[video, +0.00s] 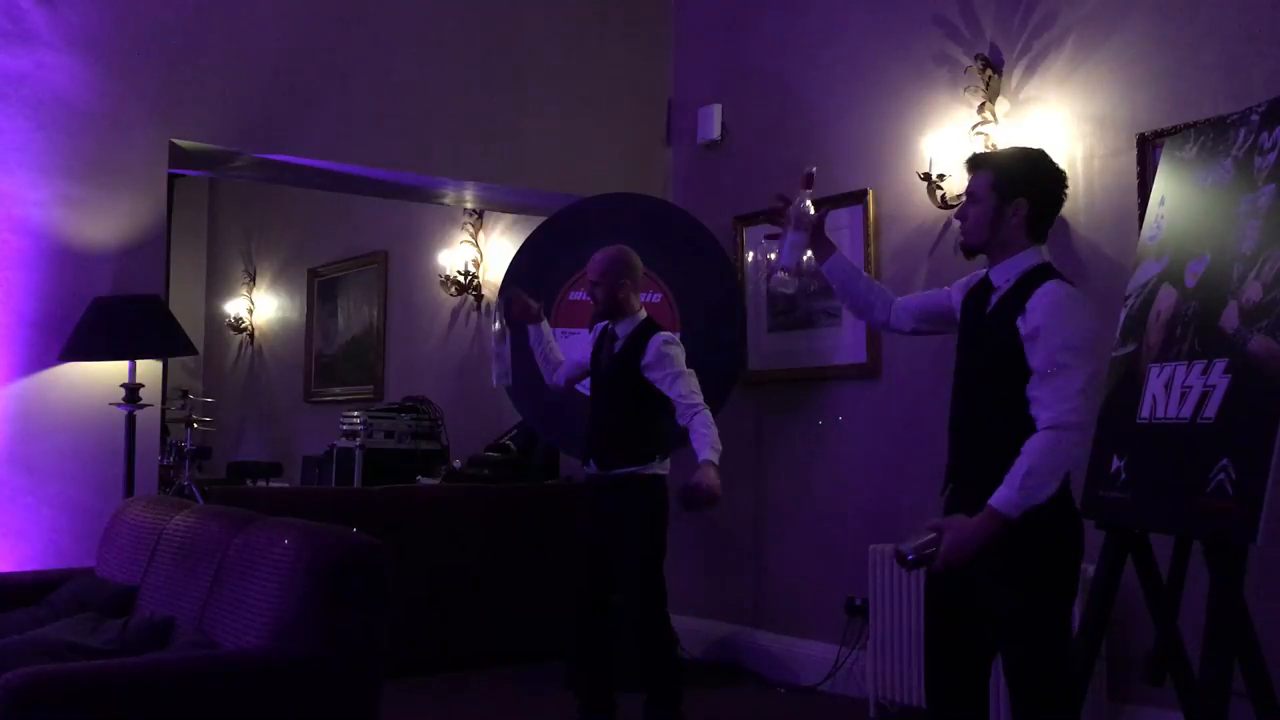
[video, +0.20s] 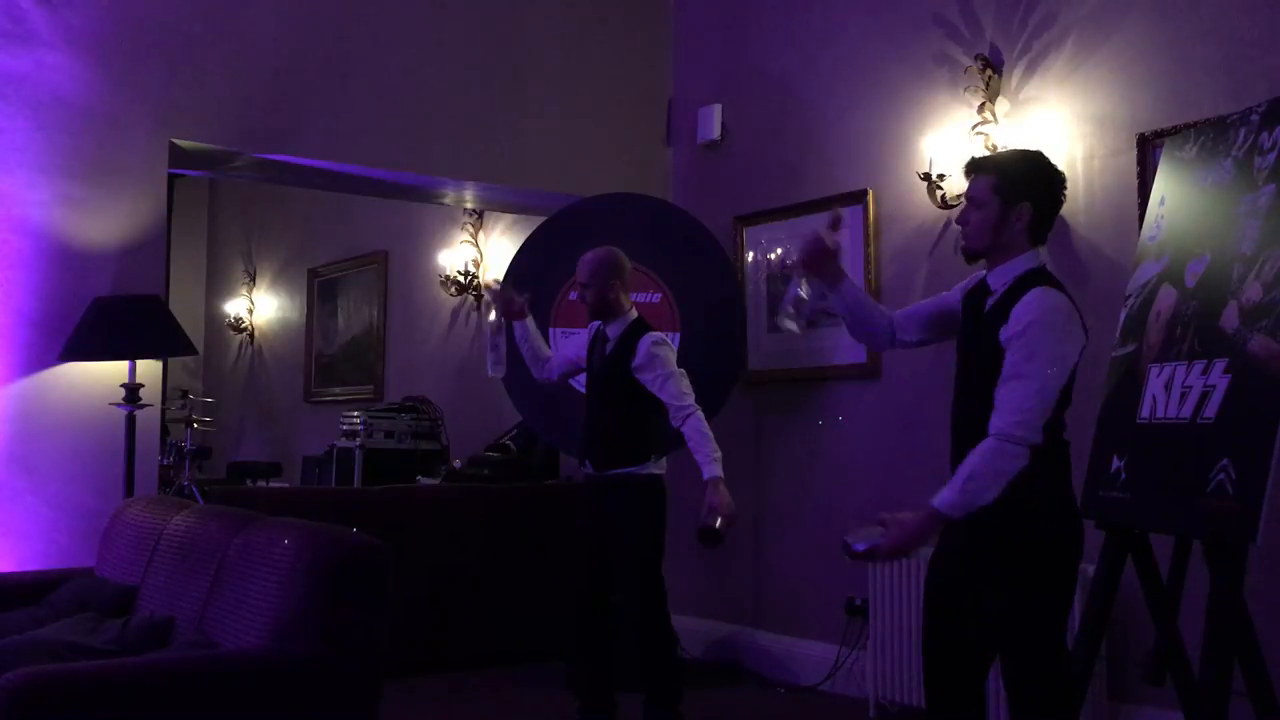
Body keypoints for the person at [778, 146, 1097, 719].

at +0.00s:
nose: (959, 209)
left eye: (972, 198)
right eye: (964, 196)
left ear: (1016, 212)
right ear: (1006, 214)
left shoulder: (1056, 304)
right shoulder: (976, 294)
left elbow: (1064, 432)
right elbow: (886, 309)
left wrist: (983, 520)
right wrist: (816, 241)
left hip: (1030, 530)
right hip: (967, 525)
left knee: (1040, 697)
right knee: (954, 690)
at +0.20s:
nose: (960, 214)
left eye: (975, 202)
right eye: (964, 201)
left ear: (1019, 217)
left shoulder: (1043, 308)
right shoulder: (979, 293)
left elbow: (1012, 437)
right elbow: (886, 329)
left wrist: (932, 515)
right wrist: (830, 277)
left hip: (1028, 516)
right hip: (974, 510)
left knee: (1035, 687)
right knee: (950, 681)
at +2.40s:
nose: (920, 287)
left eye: (936, 275)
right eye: (918, 277)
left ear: (976, 287)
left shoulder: (961, 352)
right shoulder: (967, 350)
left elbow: (913, 453)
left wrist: (806, 474)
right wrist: (888, 547)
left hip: (939, 572)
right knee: (935, 702)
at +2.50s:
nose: (924, 308)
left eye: (940, 296)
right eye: (919, 298)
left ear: (979, 307)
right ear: (912, 305)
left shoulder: (963, 367)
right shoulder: (982, 369)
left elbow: (927, 475)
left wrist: (827, 505)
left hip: (929, 582)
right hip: (952, 580)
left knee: (841, 678)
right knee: (918, 701)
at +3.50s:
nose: (924, 236)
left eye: (937, 223)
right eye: (909, 227)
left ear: (960, 237)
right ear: (893, 248)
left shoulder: (1003, 300)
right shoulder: (881, 341)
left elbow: (1063, 222)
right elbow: (878, 444)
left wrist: (997, 194)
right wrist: (877, 537)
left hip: (1020, 528)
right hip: (941, 536)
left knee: (1016, 697)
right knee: (881, 690)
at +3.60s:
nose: (918, 261)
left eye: (931, 246)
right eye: (904, 250)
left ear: (957, 255)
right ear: (891, 265)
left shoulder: (996, 313)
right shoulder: (888, 365)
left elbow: (1029, 296)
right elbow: (901, 475)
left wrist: (1031, 260)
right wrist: (904, 575)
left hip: (1037, 543)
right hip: (962, 550)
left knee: (1029, 704)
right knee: (881, 691)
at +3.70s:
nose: (919, 276)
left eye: (932, 260)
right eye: (905, 265)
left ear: (962, 263)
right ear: (896, 276)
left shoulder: (1012, 315)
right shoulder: (900, 372)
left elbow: (1021, 338)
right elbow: (916, 487)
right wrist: (932, 590)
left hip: (1043, 552)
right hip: (963, 560)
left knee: (1033, 706)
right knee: (878, 693)